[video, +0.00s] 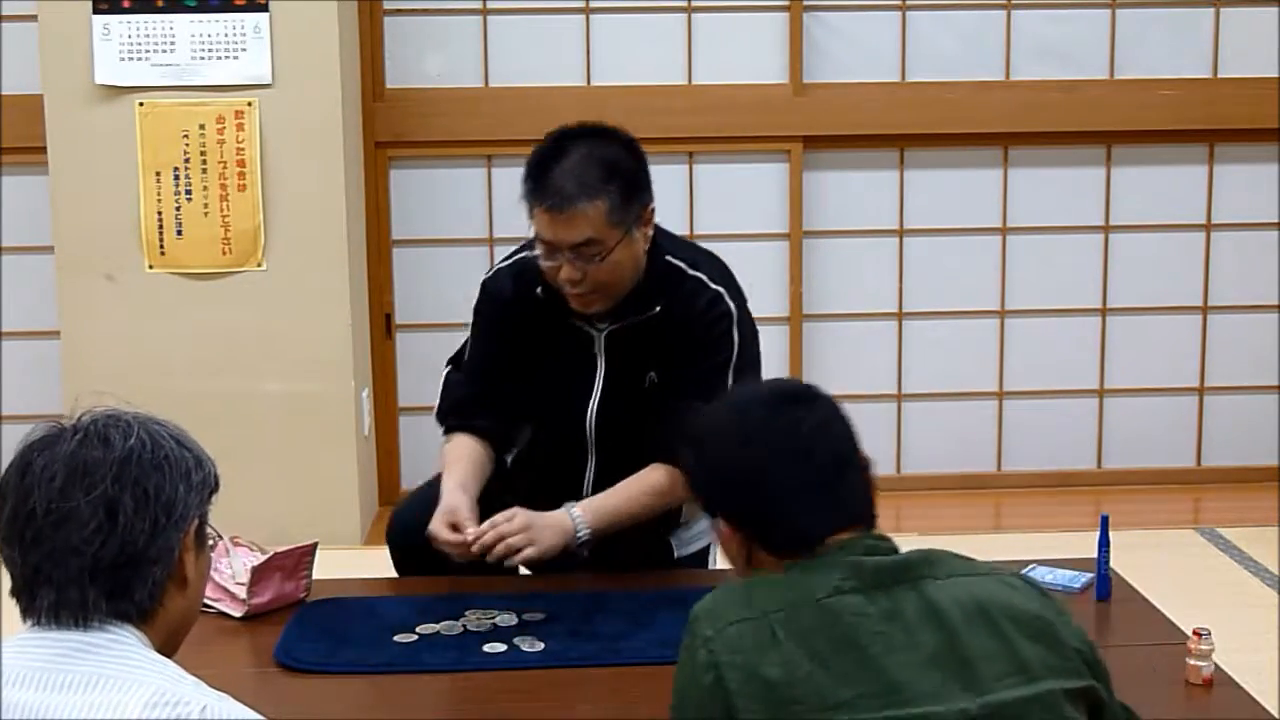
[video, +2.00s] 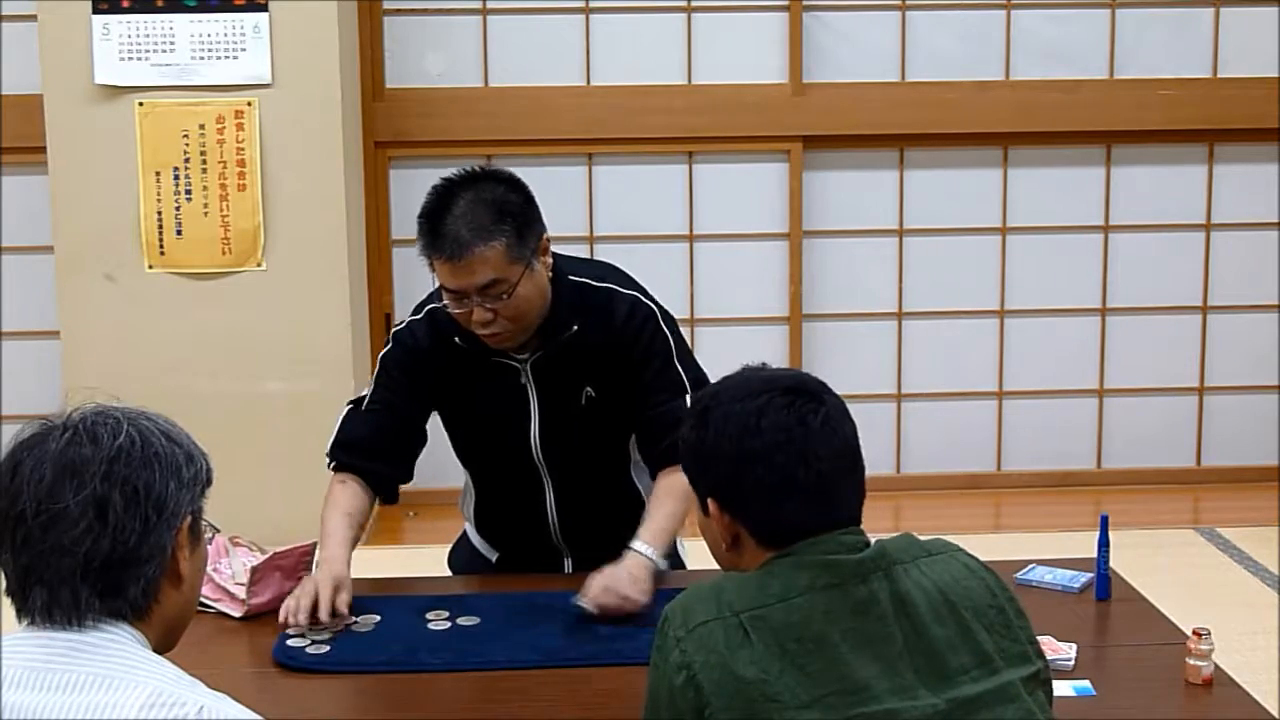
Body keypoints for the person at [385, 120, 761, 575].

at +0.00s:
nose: (567, 274)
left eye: (589, 253)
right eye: (548, 251)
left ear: (645, 226)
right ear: (533, 229)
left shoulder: (703, 301)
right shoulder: (510, 290)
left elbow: (694, 463)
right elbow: (474, 410)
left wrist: (568, 523)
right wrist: (458, 491)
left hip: (648, 523)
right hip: (525, 509)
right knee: (413, 529)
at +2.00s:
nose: (479, 315)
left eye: (495, 292)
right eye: (456, 298)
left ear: (543, 256)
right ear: (436, 274)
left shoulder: (618, 310)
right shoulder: (427, 337)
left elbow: (684, 445)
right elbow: (364, 453)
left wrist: (641, 557)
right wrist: (330, 564)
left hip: (624, 570)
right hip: (495, 577)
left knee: (639, 708)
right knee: (487, 714)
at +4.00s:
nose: (381, 325)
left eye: (393, 301)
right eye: (359, 310)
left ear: (440, 253)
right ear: (339, 288)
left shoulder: (539, 311)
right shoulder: (349, 331)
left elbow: (562, 470)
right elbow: (326, 442)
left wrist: (447, 545)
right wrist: (317, 538)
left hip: (580, 520)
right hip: (464, 528)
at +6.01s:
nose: (442, 393)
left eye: (458, 375)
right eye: (424, 378)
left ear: (509, 330)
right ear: (407, 352)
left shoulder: (614, 368)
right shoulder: (397, 396)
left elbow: (625, 516)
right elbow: (435, 544)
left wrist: (571, 622)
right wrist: (468, 641)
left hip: (623, 575)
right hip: (494, 588)